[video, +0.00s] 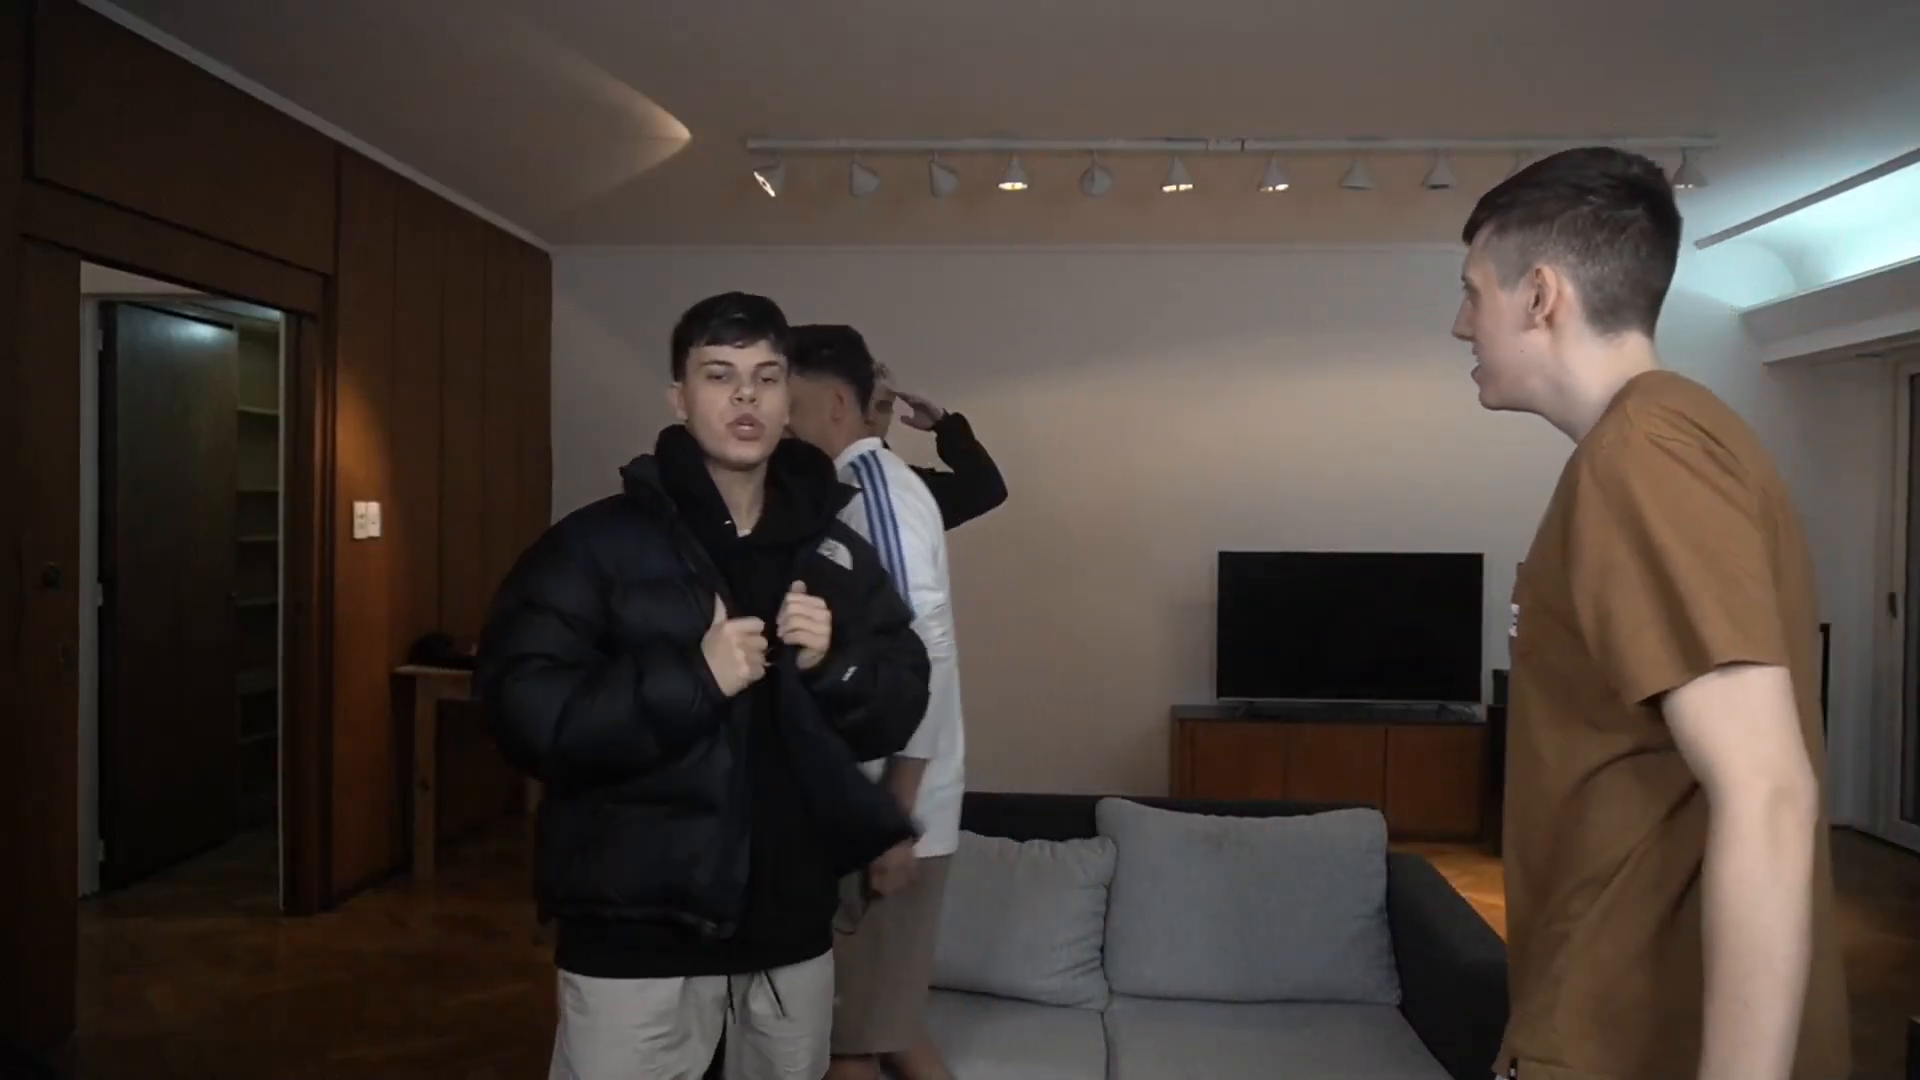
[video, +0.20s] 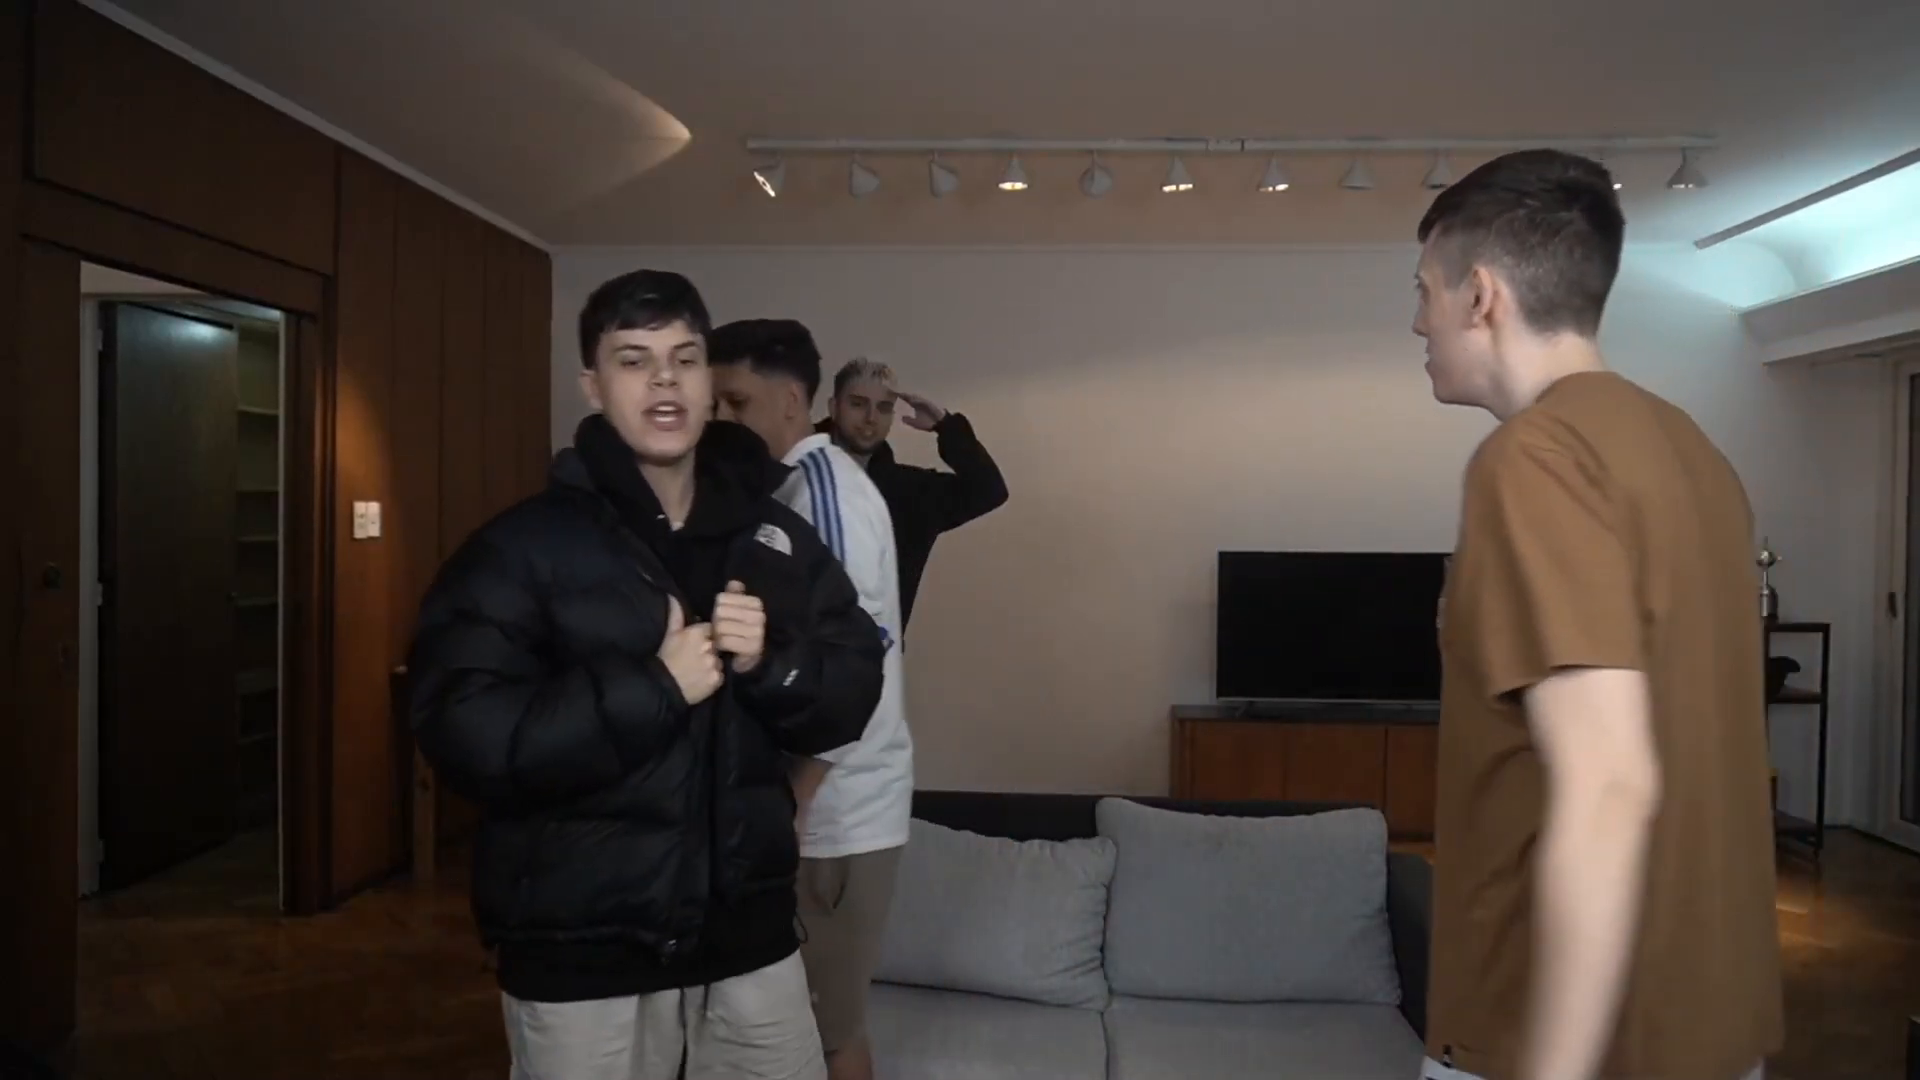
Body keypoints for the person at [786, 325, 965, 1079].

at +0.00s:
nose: (781, 412)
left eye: (793, 394)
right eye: (782, 395)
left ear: (838, 399)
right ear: (846, 401)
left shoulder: (880, 480)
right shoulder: (846, 482)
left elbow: (924, 644)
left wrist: (899, 810)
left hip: (894, 808)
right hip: (872, 800)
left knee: (862, 1037)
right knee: (891, 1027)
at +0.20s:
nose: (721, 416)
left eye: (735, 398)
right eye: (716, 400)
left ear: (794, 398)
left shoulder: (827, 482)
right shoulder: (776, 483)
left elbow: (853, 653)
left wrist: (795, 791)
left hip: (839, 816)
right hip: (796, 809)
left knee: (831, 1028)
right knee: (798, 1026)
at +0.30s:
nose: (695, 417)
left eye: (709, 400)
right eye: (689, 401)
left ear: (769, 399)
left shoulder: (788, 490)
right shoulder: (802, 475)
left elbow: (829, 644)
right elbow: (825, 635)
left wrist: (780, 749)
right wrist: (764, 733)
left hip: (805, 794)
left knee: (819, 1024)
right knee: (818, 1017)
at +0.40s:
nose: (669, 416)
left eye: (685, 400)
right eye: (660, 399)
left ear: (738, 406)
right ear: (646, 396)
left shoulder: (781, 493)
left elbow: (814, 650)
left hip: (785, 791)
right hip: (689, 786)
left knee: (811, 1018)